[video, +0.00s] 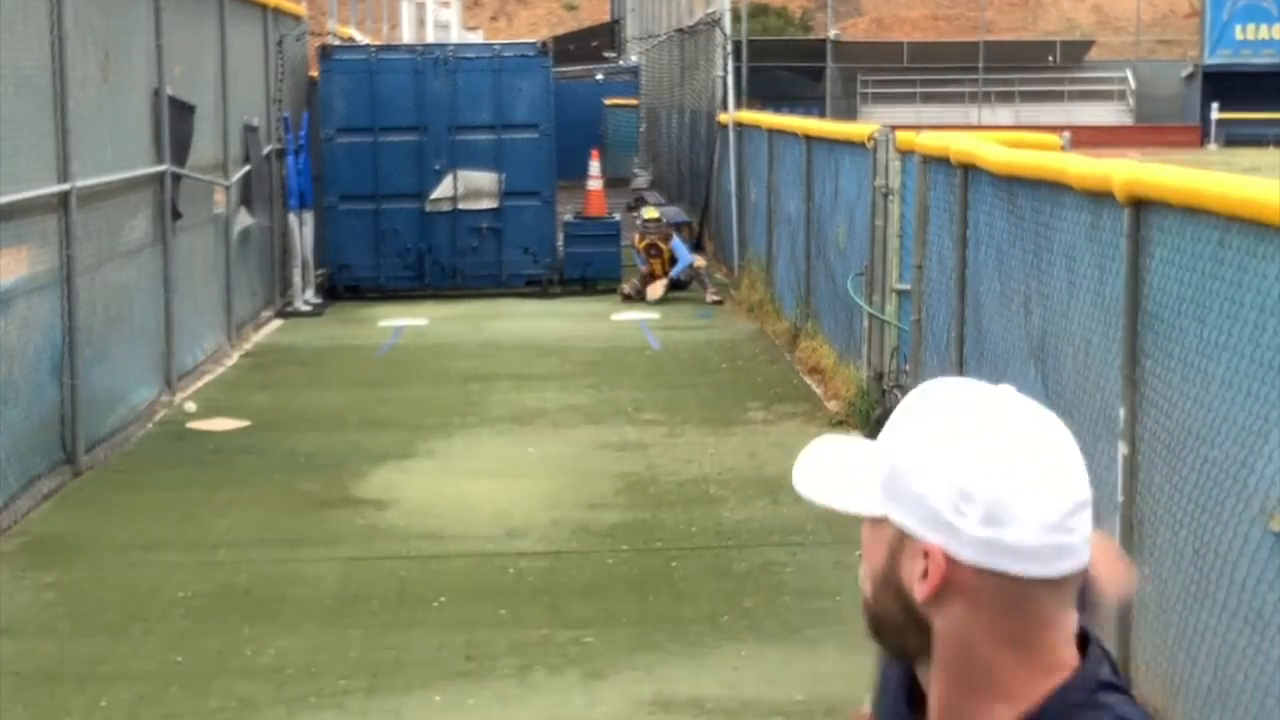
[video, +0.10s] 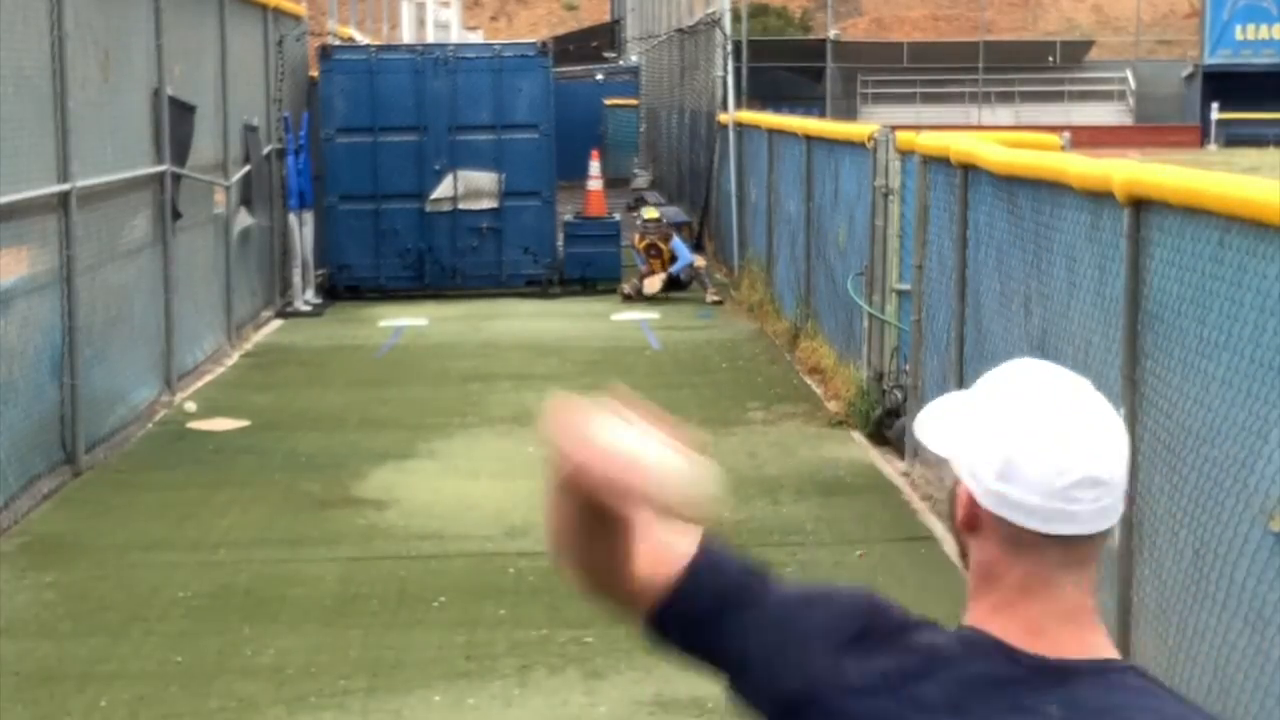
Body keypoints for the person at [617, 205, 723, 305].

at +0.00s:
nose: (652, 228)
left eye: (656, 224)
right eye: (648, 225)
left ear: (661, 224)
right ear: (642, 226)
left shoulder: (670, 237)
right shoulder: (638, 239)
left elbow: (686, 259)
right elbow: (636, 254)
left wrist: (668, 278)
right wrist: (642, 267)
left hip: (676, 277)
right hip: (653, 278)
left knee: (696, 262)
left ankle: (710, 292)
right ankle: (634, 289)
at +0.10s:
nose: (652, 227)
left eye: (655, 223)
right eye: (648, 224)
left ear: (661, 224)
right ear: (642, 225)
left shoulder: (670, 237)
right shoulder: (638, 239)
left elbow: (686, 258)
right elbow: (638, 256)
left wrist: (667, 274)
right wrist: (644, 268)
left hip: (676, 277)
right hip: (653, 278)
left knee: (696, 262)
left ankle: (710, 292)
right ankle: (631, 289)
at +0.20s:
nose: (652, 227)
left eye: (656, 222)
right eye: (648, 223)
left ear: (662, 223)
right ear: (642, 225)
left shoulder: (671, 237)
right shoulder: (639, 240)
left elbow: (688, 256)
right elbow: (639, 259)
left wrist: (668, 266)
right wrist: (645, 268)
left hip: (674, 275)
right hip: (652, 275)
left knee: (695, 263)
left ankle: (710, 292)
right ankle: (631, 290)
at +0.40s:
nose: (650, 230)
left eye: (654, 226)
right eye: (647, 226)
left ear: (663, 226)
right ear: (643, 226)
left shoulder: (674, 237)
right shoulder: (641, 239)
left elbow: (689, 249)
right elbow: (639, 260)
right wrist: (643, 267)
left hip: (676, 273)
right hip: (654, 273)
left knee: (696, 262)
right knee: (643, 282)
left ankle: (710, 293)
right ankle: (631, 290)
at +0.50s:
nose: (654, 223)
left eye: (657, 219)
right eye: (650, 220)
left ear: (663, 220)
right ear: (643, 221)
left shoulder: (671, 232)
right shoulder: (639, 238)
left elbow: (692, 238)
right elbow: (641, 263)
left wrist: (673, 243)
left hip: (676, 273)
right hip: (653, 274)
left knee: (695, 259)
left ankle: (710, 293)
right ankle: (631, 290)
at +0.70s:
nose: (657, 224)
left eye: (660, 220)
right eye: (652, 221)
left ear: (665, 220)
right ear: (645, 223)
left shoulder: (675, 232)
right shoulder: (642, 235)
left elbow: (696, 235)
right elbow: (635, 247)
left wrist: (678, 230)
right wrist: (641, 263)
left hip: (676, 274)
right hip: (654, 274)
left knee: (694, 261)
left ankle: (711, 293)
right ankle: (632, 290)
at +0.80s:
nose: (654, 223)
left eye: (657, 219)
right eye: (650, 220)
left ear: (662, 219)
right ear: (644, 221)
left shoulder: (672, 230)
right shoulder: (640, 233)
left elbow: (691, 237)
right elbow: (632, 246)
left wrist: (675, 229)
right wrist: (636, 263)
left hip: (675, 274)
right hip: (653, 274)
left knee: (693, 262)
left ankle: (711, 293)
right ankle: (633, 290)